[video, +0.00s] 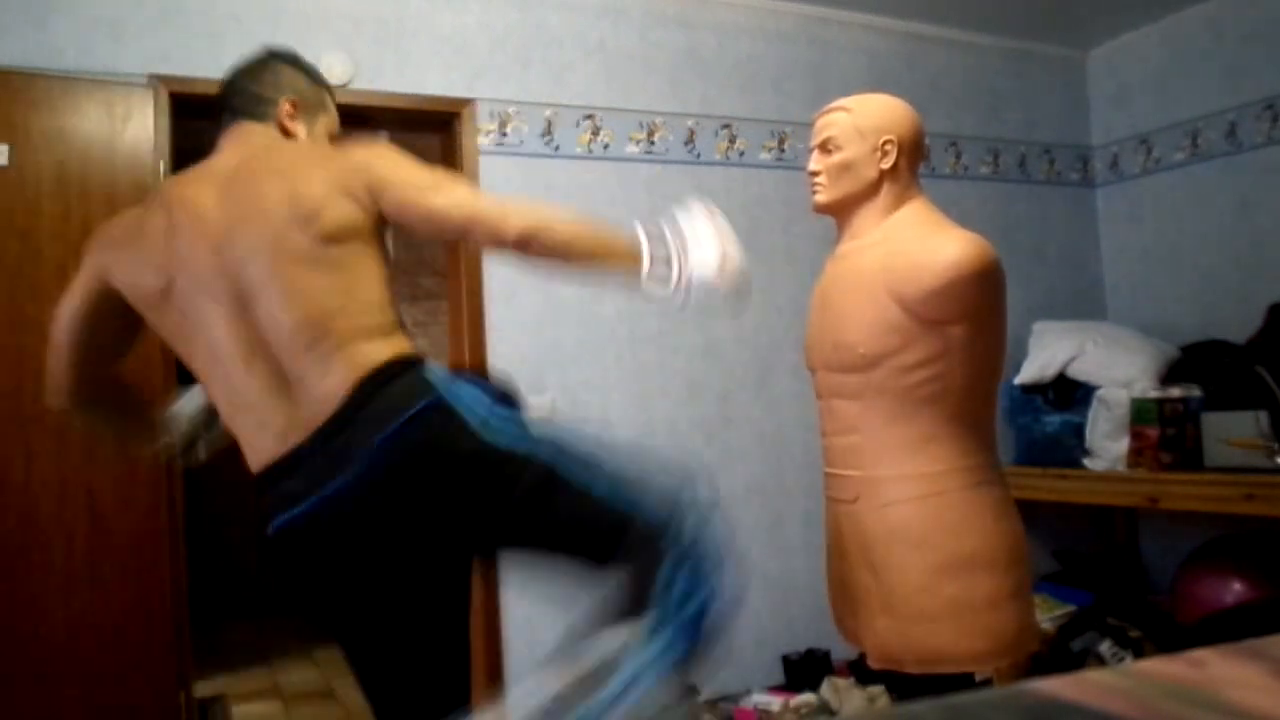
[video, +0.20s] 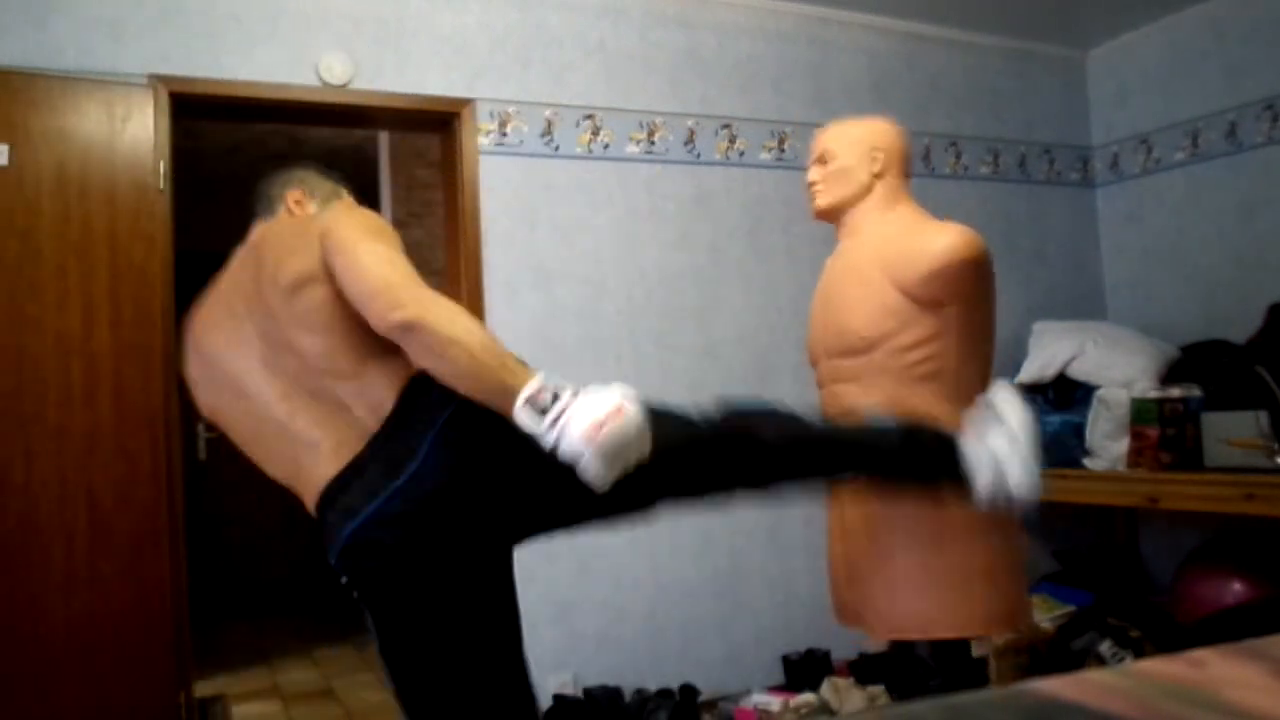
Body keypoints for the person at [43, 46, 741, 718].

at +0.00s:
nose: (331, 142)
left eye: (331, 127)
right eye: (329, 125)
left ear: (231, 119)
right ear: (290, 115)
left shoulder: (127, 239)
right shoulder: (335, 165)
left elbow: (70, 390)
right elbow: (512, 230)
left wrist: (162, 433)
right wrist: (657, 254)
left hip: (312, 518)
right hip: (422, 439)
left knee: (416, 706)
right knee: (662, 530)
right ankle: (646, 692)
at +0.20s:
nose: (350, 224)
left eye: (345, 213)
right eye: (343, 209)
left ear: (258, 215)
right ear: (300, 201)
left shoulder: (198, 348)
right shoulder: (326, 221)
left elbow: (293, 458)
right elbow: (403, 316)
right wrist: (548, 404)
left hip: (379, 547)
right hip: (458, 453)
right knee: (718, 452)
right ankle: (965, 452)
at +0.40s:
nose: (360, 213)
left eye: (359, 207)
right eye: (357, 204)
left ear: (289, 220)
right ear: (328, 203)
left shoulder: (227, 355)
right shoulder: (363, 220)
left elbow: (238, 517)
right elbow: (480, 265)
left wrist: (350, 499)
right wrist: (616, 329)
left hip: (360, 532)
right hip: (462, 456)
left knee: (444, 713)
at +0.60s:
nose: (420, 186)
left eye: (421, 172)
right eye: (414, 169)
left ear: (354, 157)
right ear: (362, 153)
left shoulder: (263, 277)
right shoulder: (380, 200)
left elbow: (195, 440)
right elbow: (484, 322)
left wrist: (312, 472)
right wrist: (569, 359)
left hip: (311, 502)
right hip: (381, 490)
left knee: (442, 696)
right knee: (408, 702)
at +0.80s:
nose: (425, 193)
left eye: (425, 172)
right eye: (411, 165)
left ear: (347, 159)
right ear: (344, 155)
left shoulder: (309, 269)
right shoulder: (266, 264)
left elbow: (325, 432)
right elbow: (244, 467)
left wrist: (421, 450)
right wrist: (403, 509)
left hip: (323, 576)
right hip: (261, 584)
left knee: (461, 708)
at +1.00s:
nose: (388, 109)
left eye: (387, 87)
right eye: (369, 81)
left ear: (296, 72)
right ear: (293, 71)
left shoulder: (350, 218)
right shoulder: (162, 183)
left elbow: (352, 368)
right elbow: (28, 344)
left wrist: (411, 358)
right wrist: (186, 435)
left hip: (334, 524)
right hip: (202, 532)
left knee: (394, 714)